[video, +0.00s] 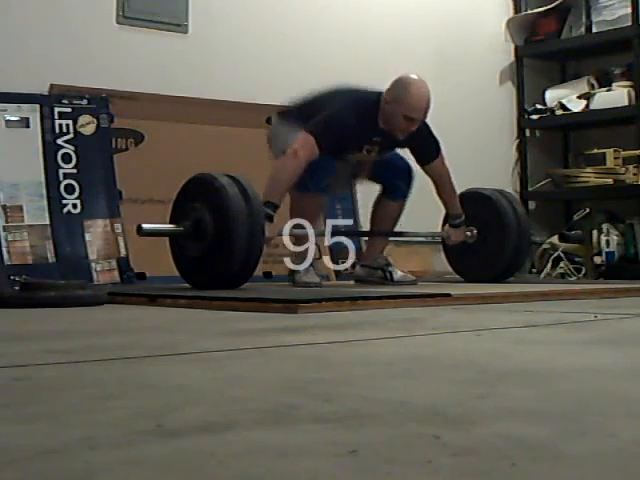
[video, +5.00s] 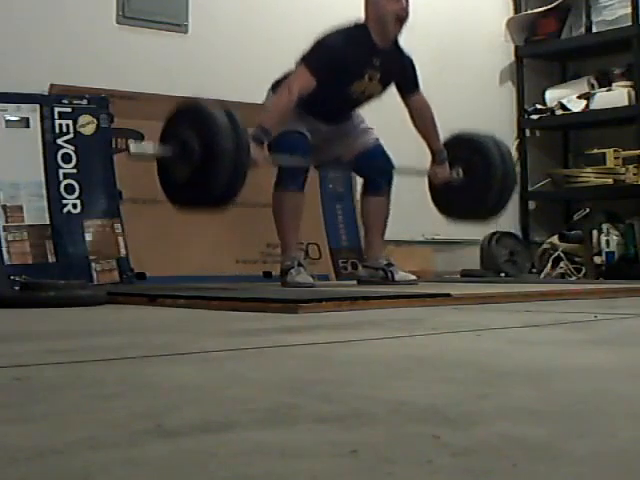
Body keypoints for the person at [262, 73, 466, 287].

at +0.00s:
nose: (412, 128)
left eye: (418, 121)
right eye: (408, 119)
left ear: (423, 116)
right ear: (386, 103)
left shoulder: (414, 128)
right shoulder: (349, 111)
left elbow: (439, 171)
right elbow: (297, 153)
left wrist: (457, 219)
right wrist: (266, 213)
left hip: (342, 151)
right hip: (293, 133)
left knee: (399, 172)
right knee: (319, 168)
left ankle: (371, 262)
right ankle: (303, 265)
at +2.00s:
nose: (405, 120)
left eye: (410, 114)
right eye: (401, 112)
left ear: (415, 108)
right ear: (380, 98)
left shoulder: (404, 121)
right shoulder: (340, 108)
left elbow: (426, 170)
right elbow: (297, 160)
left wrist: (447, 217)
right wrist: (265, 210)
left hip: (333, 127)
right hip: (284, 112)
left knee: (378, 168)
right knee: (297, 169)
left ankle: (372, 263)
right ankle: (296, 266)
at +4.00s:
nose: (405, 109)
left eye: (412, 103)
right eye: (401, 100)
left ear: (417, 100)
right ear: (380, 88)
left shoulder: (410, 127)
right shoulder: (342, 110)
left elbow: (432, 177)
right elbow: (295, 163)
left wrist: (448, 220)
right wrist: (259, 215)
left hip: (337, 151)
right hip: (286, 134)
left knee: (396, 174)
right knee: (298, 173)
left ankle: (374, 263)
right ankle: (293, 266)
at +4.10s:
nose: (404, 105)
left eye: (410, 98)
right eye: (399, 95)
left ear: (415, 97)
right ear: (377, 87)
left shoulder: (410, 128)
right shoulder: (340, 112)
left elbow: (433, 176)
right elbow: (293, 159)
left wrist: (450, 220)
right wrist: (261, 213)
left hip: (345, 180)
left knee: (403, 175)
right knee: (307, 171)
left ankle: (374, 263)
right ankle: (293, 266)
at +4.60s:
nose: (402, 66)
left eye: (404, 60)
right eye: (392, 58)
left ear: (405, 69)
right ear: (366, 68)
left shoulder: (401, 119)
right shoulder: (335, 103)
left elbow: (425, 166)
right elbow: (294, 153)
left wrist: (447, 211)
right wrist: (265, 206)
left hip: (355, 181)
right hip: (316, 177)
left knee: (409, 178)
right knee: (315, 171)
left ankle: (375, 262)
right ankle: (294, 264)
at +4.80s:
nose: (406, 43)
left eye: (409, 38)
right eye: (396, 36)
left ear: (412, 47)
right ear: (372, 44)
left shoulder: (402, 96)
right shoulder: (341, 78)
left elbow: (424, 141)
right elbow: (296, 127)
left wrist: (445, 188)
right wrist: (265, 176)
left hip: (350, 145)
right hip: (302, 138)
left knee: (396, 172)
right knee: (305, 157)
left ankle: (375, 262)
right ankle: (292, 263)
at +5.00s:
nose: (404, 7)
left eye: (406, 2)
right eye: (394, 1)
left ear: (408, 10)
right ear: (371, 6)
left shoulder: (399, 62)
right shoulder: (340, 44)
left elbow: (417, 106)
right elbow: (291, 89)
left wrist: (439, 154)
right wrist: (261, 134)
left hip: (341, 119)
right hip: (296, 112)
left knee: (380, 168)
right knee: (294, 159)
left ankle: (374, 262)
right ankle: (291, 263)